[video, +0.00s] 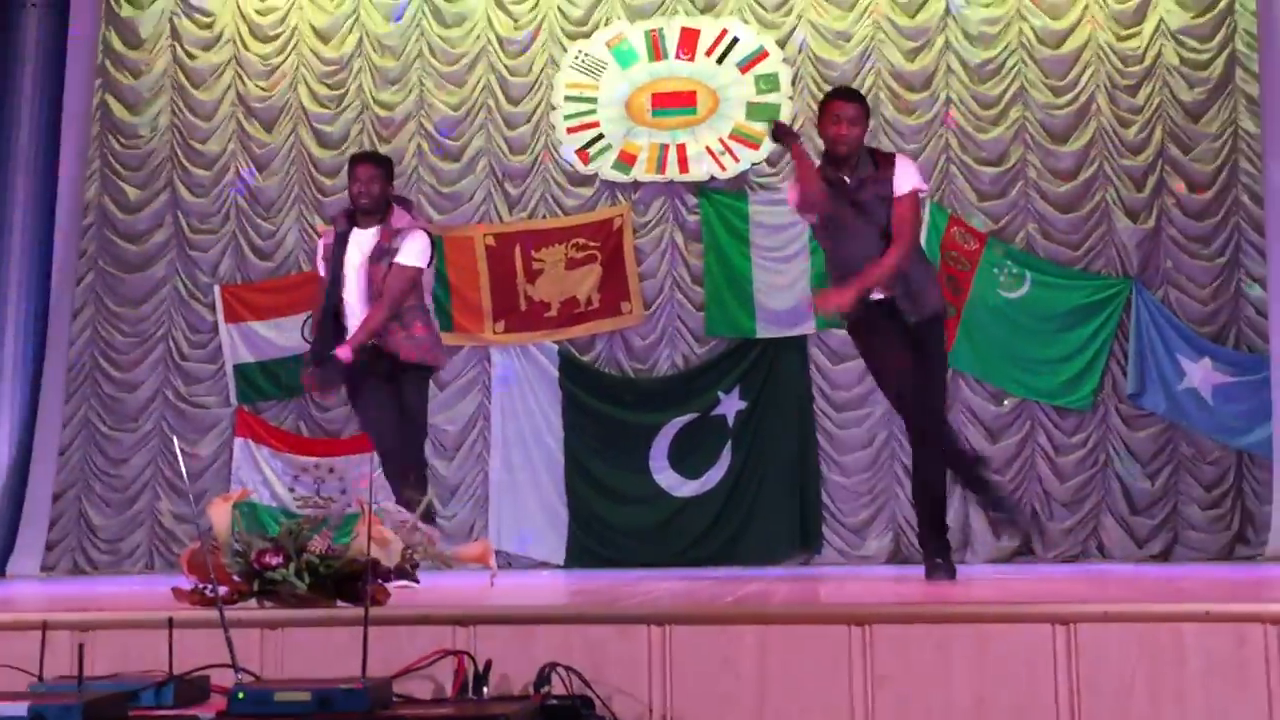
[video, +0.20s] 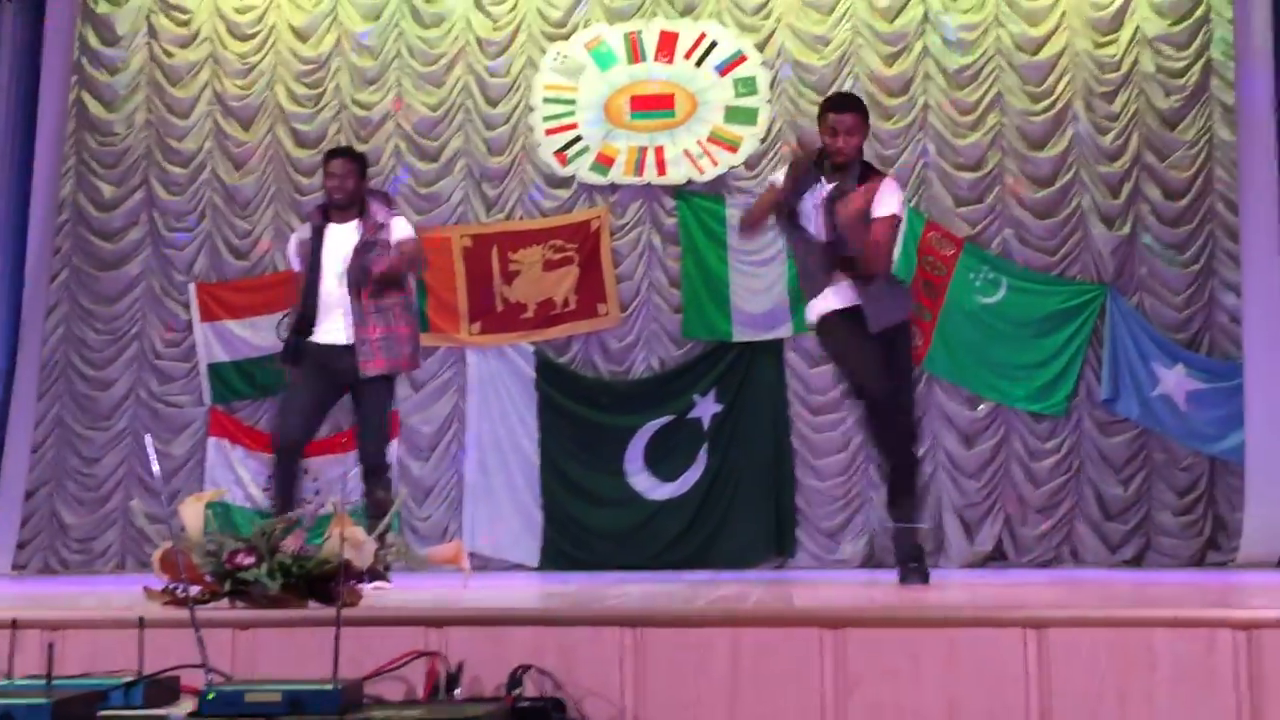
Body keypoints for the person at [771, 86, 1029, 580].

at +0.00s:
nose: (842, 129)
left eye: (851, 121)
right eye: (833, 121)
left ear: (867, 127)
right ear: (819, 129)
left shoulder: (899, 169)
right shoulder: (814, 181)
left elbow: (902, 250)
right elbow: (814, 206)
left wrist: (848, 290)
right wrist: (796, 149)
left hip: (918, 303)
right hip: (866, 311)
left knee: (928, 420)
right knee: (920, 414)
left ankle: (935, 546)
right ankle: (988, 491)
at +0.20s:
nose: (842, 141)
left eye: (852, 133)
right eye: (833, 132)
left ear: (865, 137)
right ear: (820, 135)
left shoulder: (883, 189)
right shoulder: (802, 184)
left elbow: (874, 266)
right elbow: (749, 226)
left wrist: (850, 223)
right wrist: (788, 182)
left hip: (884, 305)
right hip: (832, 305)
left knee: (899, 419)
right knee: (878, 392)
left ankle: (907, 540)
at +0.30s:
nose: (844, 149)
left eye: (855, 141)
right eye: (837, 139)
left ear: (870, 144)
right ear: (824, 139)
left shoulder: (886, 190)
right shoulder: (791, 182)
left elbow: (932, 230)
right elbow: (748, 232)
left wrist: (968, 187)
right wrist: (768, 273)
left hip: (862, 329)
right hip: (805, 326)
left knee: (880, 444)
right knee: (778, 421)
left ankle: (901, 569)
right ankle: (775, 547)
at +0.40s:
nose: (835, 157)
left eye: (846, 150)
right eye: (829, 148)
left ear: (864, 156)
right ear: (818, 152)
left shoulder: (885, 196)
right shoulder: (785, 192)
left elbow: (970, 206)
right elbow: (716, 210)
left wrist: (1032, 182)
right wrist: (709, 285)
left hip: (847, 354)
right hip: (783, 350)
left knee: (871, 461)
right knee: (744, 451)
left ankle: (898, 578)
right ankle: (708, 574)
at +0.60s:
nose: (865, 165)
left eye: (862, 156)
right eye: (855, 156)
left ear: (844, 168)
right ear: (827, 166)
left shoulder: (855, 232)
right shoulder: (789, 226)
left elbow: (847, 301)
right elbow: (785, 306)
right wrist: (847, 326)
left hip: (821, 365)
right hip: (771, 365)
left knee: (866, 459)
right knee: (741, 464)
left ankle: (831, 583)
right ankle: (699, 588)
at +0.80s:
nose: (765, 186)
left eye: (765, 178)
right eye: (766, 178)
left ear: (776, 175)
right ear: (811, 167)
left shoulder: (764, 221)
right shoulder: (864, 203)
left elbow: (762, 285)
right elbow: (881, 271)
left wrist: (793, 317)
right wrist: (862, 304)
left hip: (809, 352)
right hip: (865, 344)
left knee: (827, 467)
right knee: (872, 457)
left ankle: (885, 574)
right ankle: (889, 402)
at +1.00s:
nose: (723, 212)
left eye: (730, 201)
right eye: (719, 203)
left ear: (758, 196)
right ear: (722, 204)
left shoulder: (778, 233)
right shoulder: (752, 242)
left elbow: (843, 281)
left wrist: (820, 342)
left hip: (873, 351)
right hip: (835, 358)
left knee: (894, 469)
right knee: (808, 458)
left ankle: (941, 585)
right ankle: (828, 567)